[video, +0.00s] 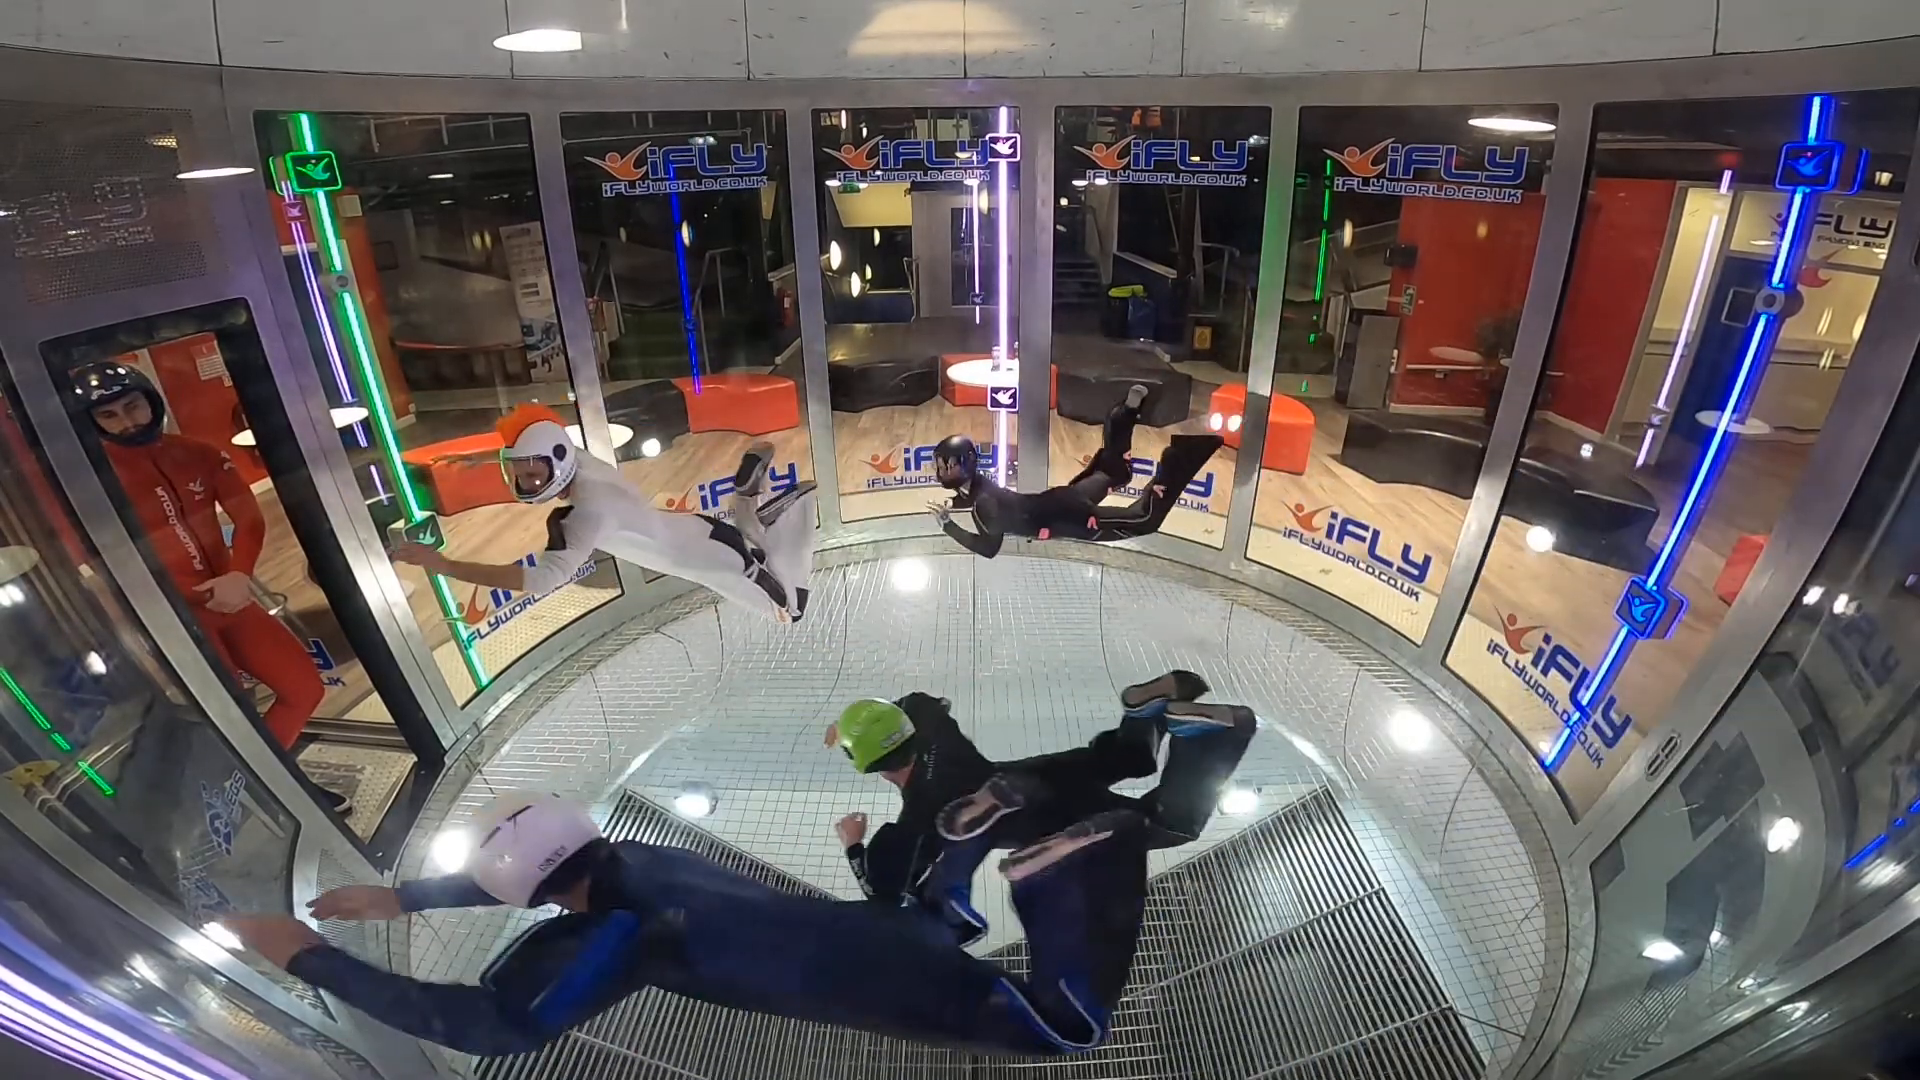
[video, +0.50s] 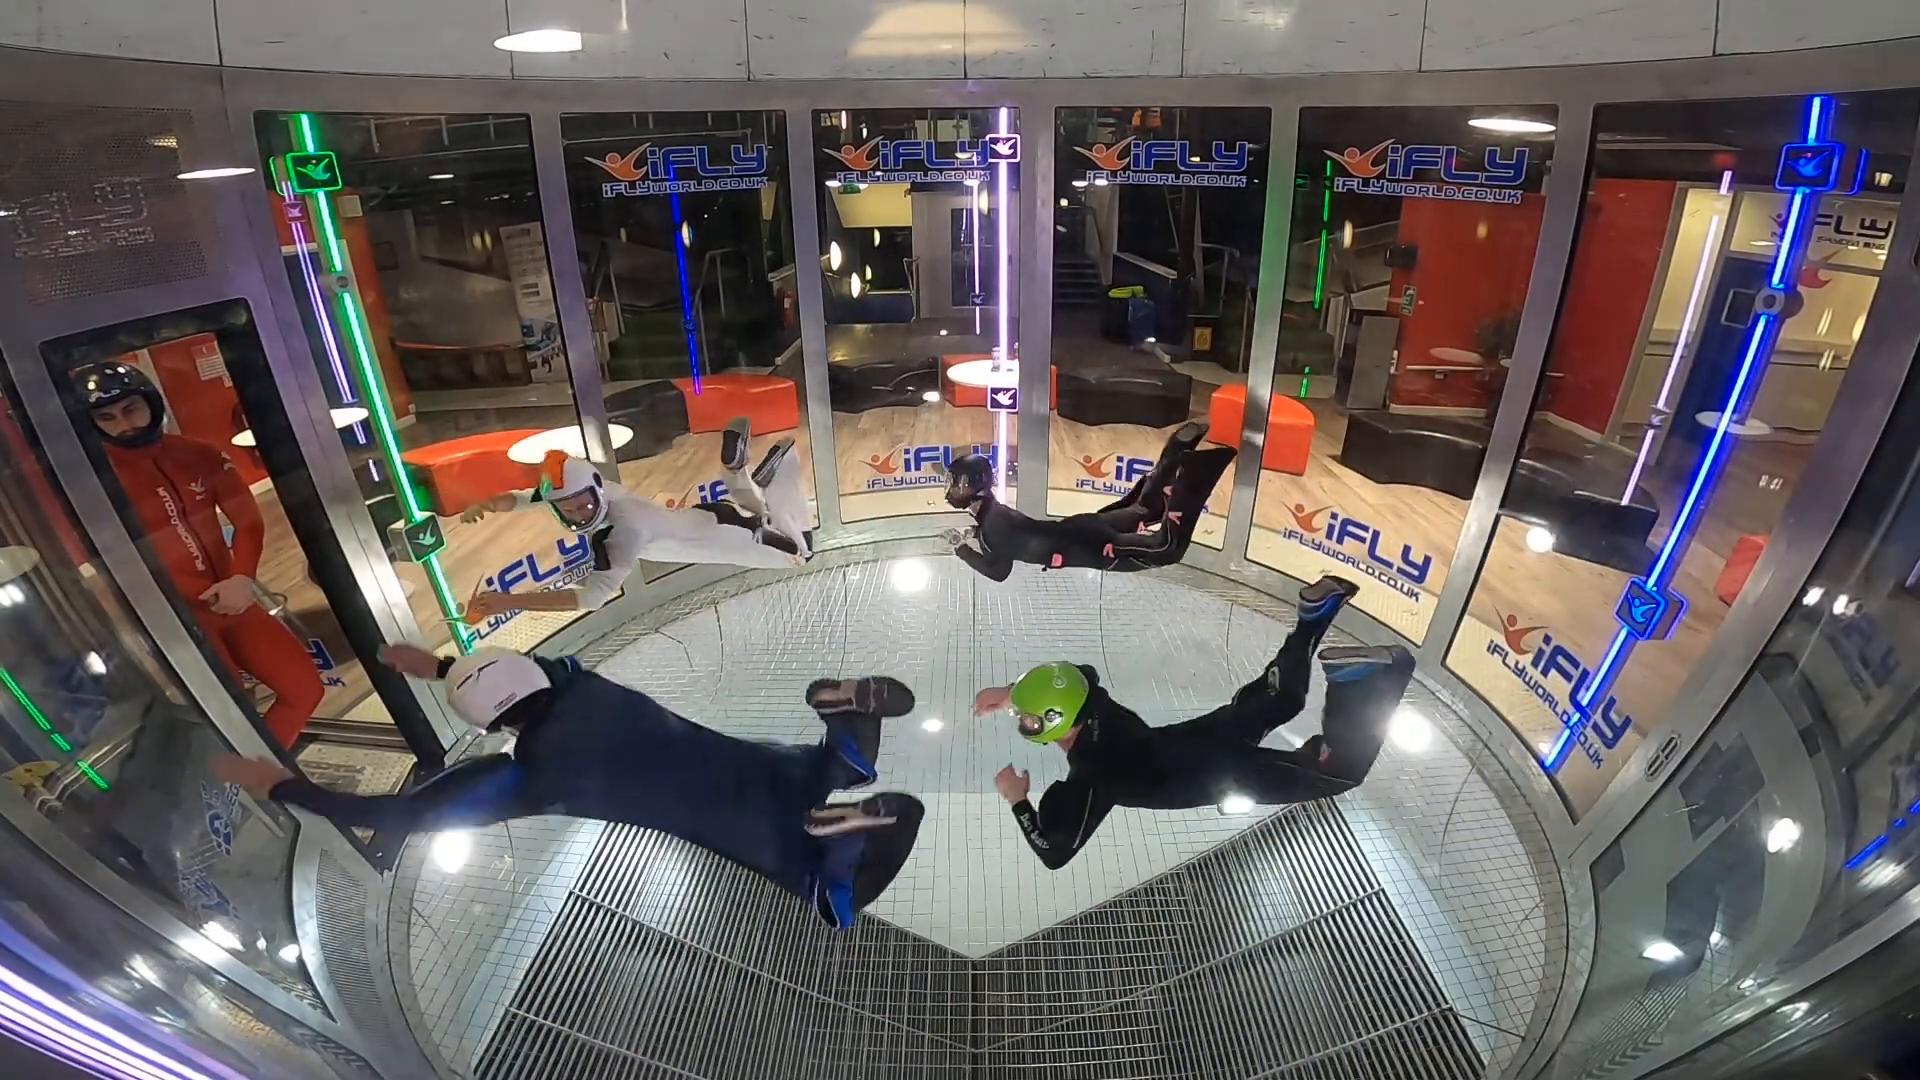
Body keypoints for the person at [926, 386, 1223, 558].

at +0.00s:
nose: (938, 472)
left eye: (943, 465)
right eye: (937, 465)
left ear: (962, 466)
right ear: (960, 464)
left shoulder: (984, 499)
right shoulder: (976, 490)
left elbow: (989, 549)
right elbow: (985, 536)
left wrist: (950, 526)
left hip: (1067, 514)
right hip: (1058, 501)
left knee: (1145, 518)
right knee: (1107, 473)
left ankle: (1181, 453)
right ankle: (1125, 413)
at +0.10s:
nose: (950, 473)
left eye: (956, 468)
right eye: (950, 467)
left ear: (974, 470)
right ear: (961, 469)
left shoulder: (993, 502)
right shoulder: (976, 496)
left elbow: (1006, 549)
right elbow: (995, 533)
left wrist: (969, 528)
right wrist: (971, 522)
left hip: (1080, 520)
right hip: (1066, 508)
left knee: (1159, 515)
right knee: (1120, 478)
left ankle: (1200, 441)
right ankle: (1142, 413)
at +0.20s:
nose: (956, 480)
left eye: (962, 473)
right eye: (955, 473)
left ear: (981, 474)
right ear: (964, 475)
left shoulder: (1001, 505)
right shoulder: (985, 499)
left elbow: (1013, 552)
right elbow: (1003, 534)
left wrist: (976, 533)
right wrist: (982, 525)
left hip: (1087, 525)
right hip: (1073, 513)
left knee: (1167, 518)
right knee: (1132, 481)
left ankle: (1197, 443)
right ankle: (1150, 417)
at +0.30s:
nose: (955, 482)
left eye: (961, 476)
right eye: (956, 476)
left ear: (980, 477)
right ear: (975, 476)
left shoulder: (1003, 511)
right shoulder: (990, 503)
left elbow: (1010, 558)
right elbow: (1004, 547)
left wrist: (979, 534)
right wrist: (982, 528)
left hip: (1093, 530)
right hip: (1079, 515)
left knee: (1171, 524)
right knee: (1141, 489)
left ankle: (1197, 447)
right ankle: (1162, 427)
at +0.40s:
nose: (958, 486)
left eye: (965, 479)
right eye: (957, 478)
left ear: (985, 479)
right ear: (978, 479)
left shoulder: (1002, 521)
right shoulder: (992, 512)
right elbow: (1006, 564)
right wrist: (977, 541)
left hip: (1094, 537)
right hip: (1082, 520)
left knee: (1170, 531)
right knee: (1143, 497)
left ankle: (1193, 454)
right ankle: (1171, 437)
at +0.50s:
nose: (952, 489)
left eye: (960, 483)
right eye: (952, 482)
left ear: (979, 486)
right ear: (962, 484)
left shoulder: (994, 524)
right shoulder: (986, 513)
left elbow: (997, 572)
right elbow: (999, 564)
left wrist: (963, 550)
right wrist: (967, 544)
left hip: (1086, 545)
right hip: (1078, 529)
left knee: (1167, 548)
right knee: (1142, 508)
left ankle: (1189, 472)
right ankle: (1175, 450)